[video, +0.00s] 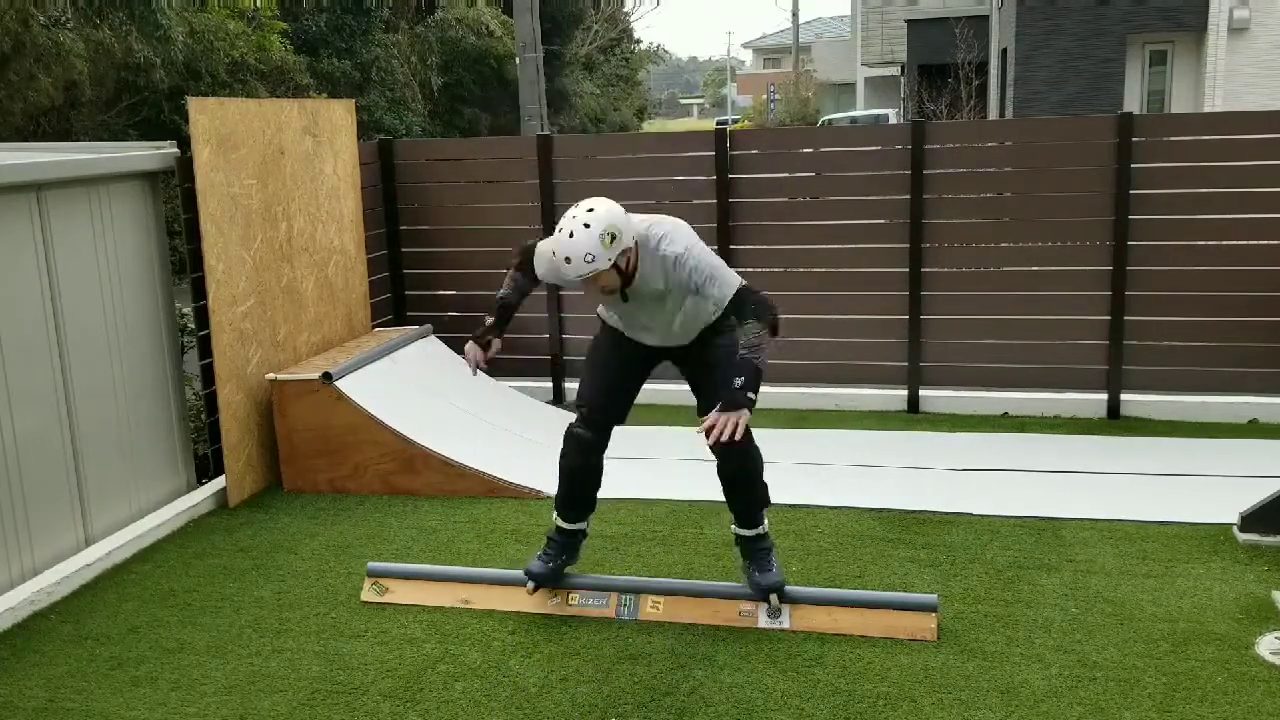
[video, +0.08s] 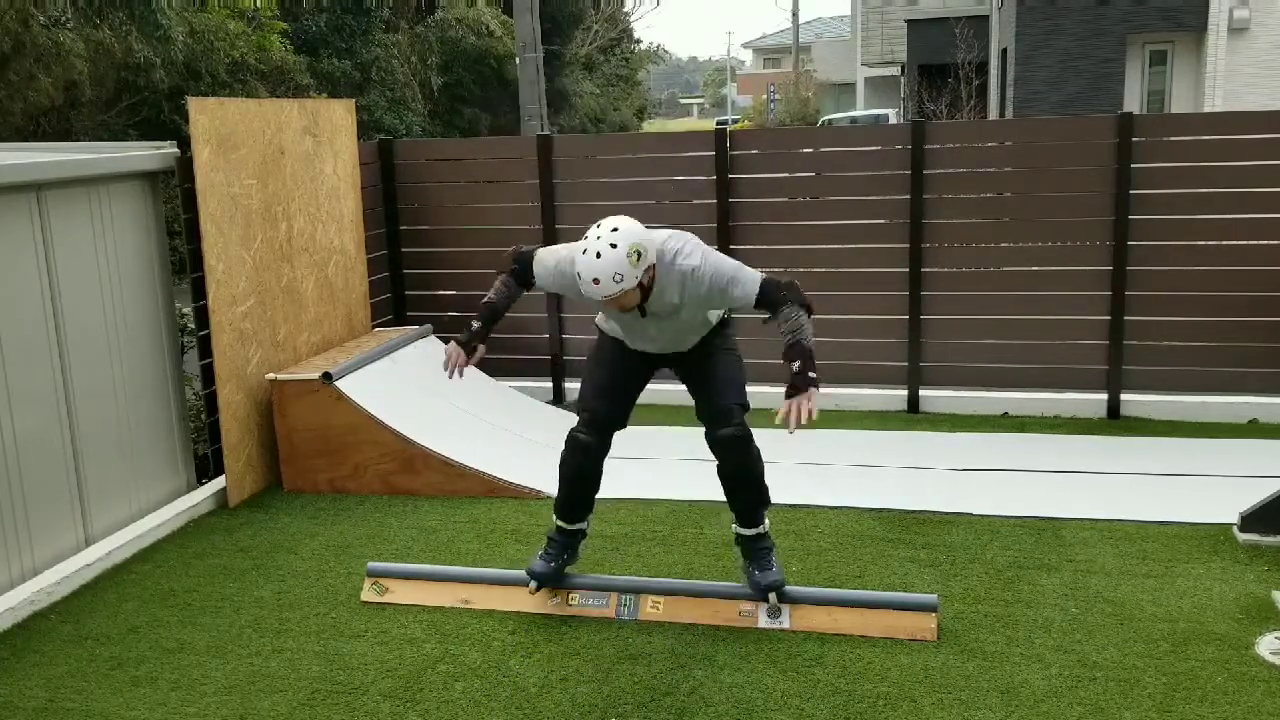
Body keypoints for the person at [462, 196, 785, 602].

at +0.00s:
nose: (590, 285)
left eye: (596, 275)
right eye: (583, 277)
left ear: (625, 255)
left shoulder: (681, 252)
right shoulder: (577, 250)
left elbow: (756, 310)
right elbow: (529, 262)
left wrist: (740, 396)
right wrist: (492, 329)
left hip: (703, 330)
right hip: (626, 328)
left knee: (730, 434)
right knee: (585, 435)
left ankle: (756, 546)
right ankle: (564, 540)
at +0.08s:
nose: (609, 302)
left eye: (617, 294)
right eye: (601, 295)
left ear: (645, 274)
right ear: (591, 278)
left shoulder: (698, 267)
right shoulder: (580, 268)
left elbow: (786, 298)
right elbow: (522, 266)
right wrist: (477, 331)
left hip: (703, 335)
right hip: (624, 334)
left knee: (729, 432)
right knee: (587, 436)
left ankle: (757, 547)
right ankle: (562, 543)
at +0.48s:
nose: (650, 290)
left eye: (658, 280)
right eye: (640, 281)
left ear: (680, 261)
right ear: (625, 266)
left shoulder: (716, 265)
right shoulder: (602, 262)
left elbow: (797, 287)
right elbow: (539, 248)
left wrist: (815, 319)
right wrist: (464, 283)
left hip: (706, 354)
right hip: (631, 352)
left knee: (738, 437)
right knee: (592, 445)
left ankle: (758, 545)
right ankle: (566, 543)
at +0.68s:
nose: (646, 238)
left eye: (654, 227)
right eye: (638, 228)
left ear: (681, 213)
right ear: (628, 214)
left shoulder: (719, 227)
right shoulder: (609, 225)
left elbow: (798, 248)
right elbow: (556, 219)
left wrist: (780, 269)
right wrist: (488, 249)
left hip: (709, 341)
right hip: (634, 342)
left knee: (738, 434)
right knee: (596, 439)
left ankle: (760, 548)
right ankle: (565, 542)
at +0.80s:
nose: (636, 159)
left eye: (645, 147)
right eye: (626, 149)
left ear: (669, 129)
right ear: (615, 135)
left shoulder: (710, 139)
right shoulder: (608, 151)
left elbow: (784, 159)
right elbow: (565, 152)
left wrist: (710, 166)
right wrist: (514, 196)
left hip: (715, 305)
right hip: (642, 304)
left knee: (738, 422)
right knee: (604, 416)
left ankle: (761, 539)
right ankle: (576, 533)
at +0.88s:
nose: (636, 145)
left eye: (643, 132)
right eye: (625, 136)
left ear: (666, 112)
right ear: (613, 123)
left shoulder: (704, 123)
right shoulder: (607, 138)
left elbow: (778, 141)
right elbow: (570, 142)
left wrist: (702, 146)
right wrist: (531, 195)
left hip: (714, 291)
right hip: (645, 293)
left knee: (731, 414)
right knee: (618, 407)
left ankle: (758, 527)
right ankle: (600, 523)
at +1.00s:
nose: (626, 151)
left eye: (633, 139)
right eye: (619, 142)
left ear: (659, 125)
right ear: (613, 135)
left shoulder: (699, 142)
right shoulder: (614, 157)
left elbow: (772, 166)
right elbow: (583, 190)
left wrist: (702, 168)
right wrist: (555, 234)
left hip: (712, 307)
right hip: (648, 310)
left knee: (722, 431)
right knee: (635, 419)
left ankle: (755, 531)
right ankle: (659, 519)